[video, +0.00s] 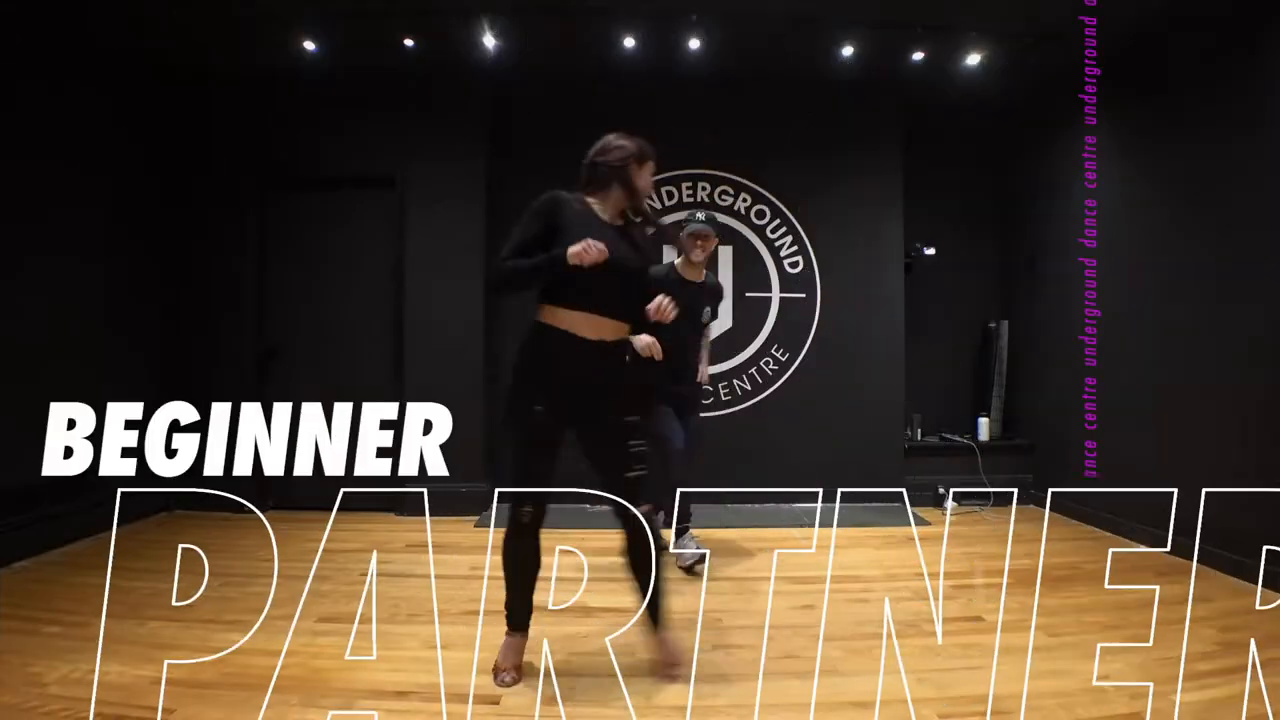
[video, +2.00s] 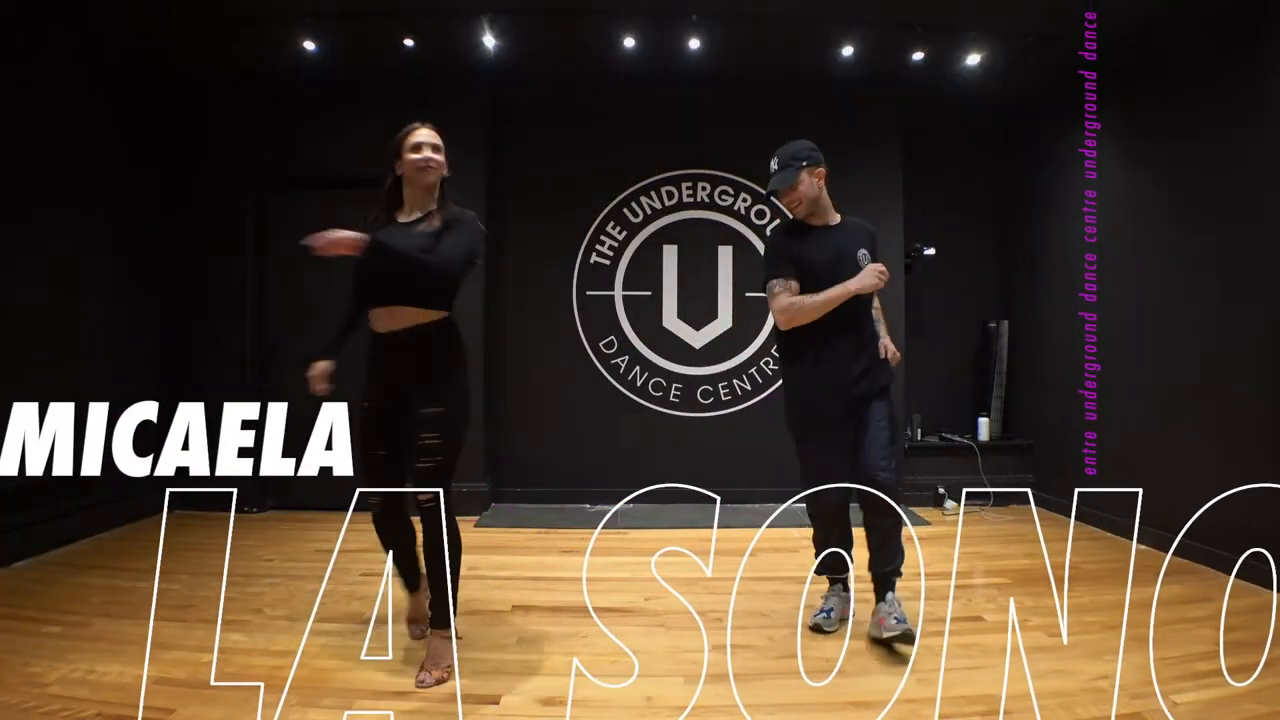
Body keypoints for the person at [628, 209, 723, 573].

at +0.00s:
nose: (702, 245)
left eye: (708, 240)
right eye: (695, 238)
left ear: (714, 245)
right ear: (681, 241)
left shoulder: (712, 289)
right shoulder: (657, 278)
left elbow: (704, 330)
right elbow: (624, 312)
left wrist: (704, 365)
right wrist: (636, 334)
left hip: (687, 378)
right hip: (652, 375)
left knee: (681, 449)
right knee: (674, 445)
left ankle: (648, 509)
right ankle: (681, 534)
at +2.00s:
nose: (785, 199)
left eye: (791, 187)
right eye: (779, 192)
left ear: (818, 175)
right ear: (777, 192)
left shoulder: (861, 233)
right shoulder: (781, 242)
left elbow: (869, 295)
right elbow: (784, 314)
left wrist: (882, 335)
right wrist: (853, 286)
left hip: (866, 381)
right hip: (811, 389)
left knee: (879, 484)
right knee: (823, 494)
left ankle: (886, 599)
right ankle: (836, 590)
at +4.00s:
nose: (756, 186)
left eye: (759, 171)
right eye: (752, 176)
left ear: (790, 155)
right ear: (786, 162)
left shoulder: (854, 209)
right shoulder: (804, 224)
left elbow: (911, 282)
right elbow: (820, 299)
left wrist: (848, 335)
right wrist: (765, 295)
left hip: (830, 388)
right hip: (796, 385)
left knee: (789, 503)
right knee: (790, 505)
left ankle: (853, 620)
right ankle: (826, 615)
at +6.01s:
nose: (753, 151)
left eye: (762, 139)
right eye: (753, 141)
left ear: (797, 139)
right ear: (790, 143)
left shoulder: (831, 202)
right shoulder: (802, 219)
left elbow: (895, 267)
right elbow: (794, 313)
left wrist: (809, 310)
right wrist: (722, 295)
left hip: (851, 403)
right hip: (812, 403)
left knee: (872, 520)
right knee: (793, 522)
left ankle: (939, 631)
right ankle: (758, 639)